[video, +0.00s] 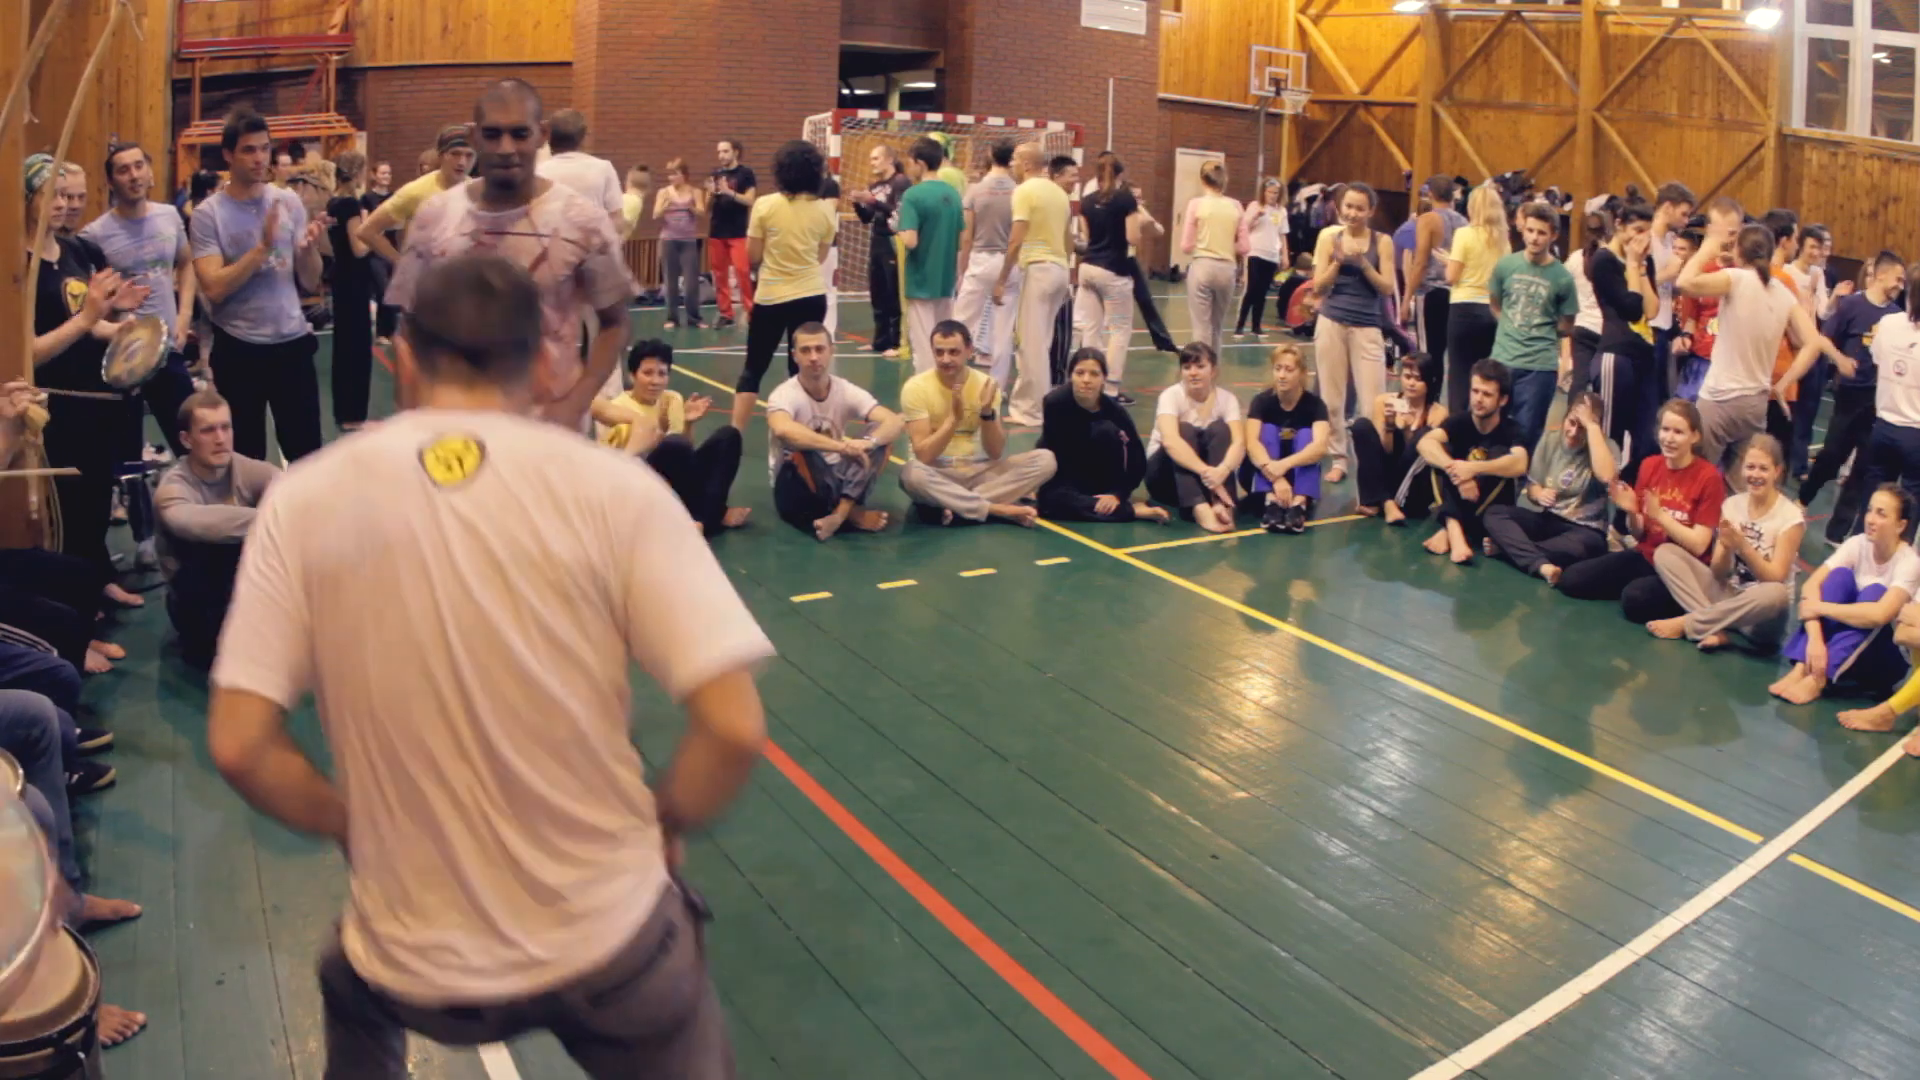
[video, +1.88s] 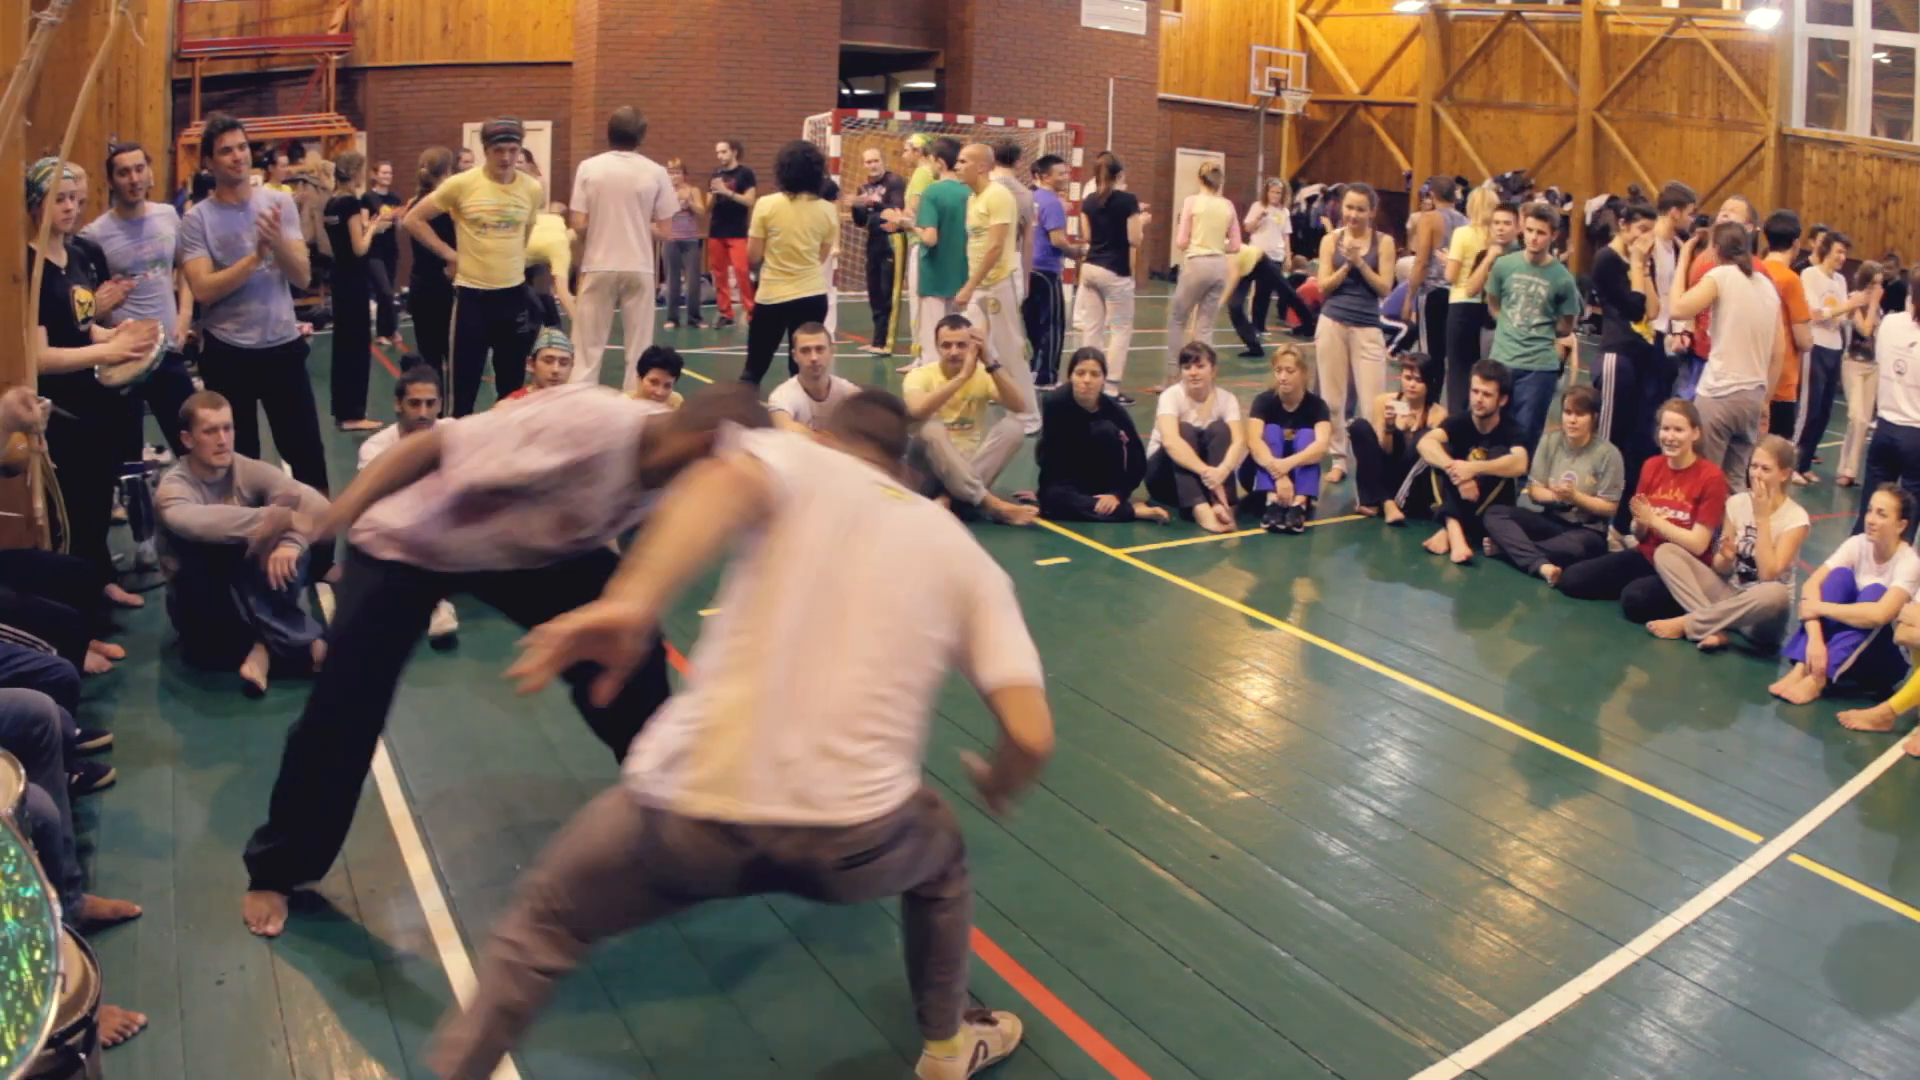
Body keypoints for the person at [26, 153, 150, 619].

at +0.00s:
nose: (68, 204)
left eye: (74, 197)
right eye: (58, 195)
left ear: (80, 201)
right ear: (32, 198)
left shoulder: (79, 251)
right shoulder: (19, 262)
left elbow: (87, 321)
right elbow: (27, 354)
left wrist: (119, 323)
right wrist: (86, 316)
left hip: (95, 391)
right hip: (53, 397)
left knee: (97, 494)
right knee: (72, 498)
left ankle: (100, 576)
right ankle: (78, 592)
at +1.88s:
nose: (73, 207)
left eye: (79, 199)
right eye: (62, 199)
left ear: (85, 202)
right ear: (37, 202)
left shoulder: (83, 255)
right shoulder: (27, 264)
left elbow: (85, 325)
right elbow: (36, 356)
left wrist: (121, 335)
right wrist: (104, 351)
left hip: (96, 392)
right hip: (58, 401)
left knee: (98, 495)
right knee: (71, 499)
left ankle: (102, 577)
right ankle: (77, 591)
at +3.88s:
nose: (77, 204)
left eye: (81, 195)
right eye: (68, 196)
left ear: (83, 199)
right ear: (37, 202)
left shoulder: (84, 254)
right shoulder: (19, 265)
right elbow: (22, 355)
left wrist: (115, 307)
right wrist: (86, 333)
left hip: (95, 387)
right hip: (53, 395)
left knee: (99, 490)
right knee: (69, 499)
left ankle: (101, 577)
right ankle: (76, 601)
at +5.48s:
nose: (53, 209)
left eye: (55, 200)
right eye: (44, 201)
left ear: (59, 206)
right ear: (21, 209)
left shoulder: (65, 259)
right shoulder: (13, 274)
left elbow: (78, 325)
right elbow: (18, 367)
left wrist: (114, 321)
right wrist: (88, 361)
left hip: (87, 393)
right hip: (48, 403)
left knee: (95, 491)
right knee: (65, 496)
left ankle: (102, 577)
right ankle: (73, 589)